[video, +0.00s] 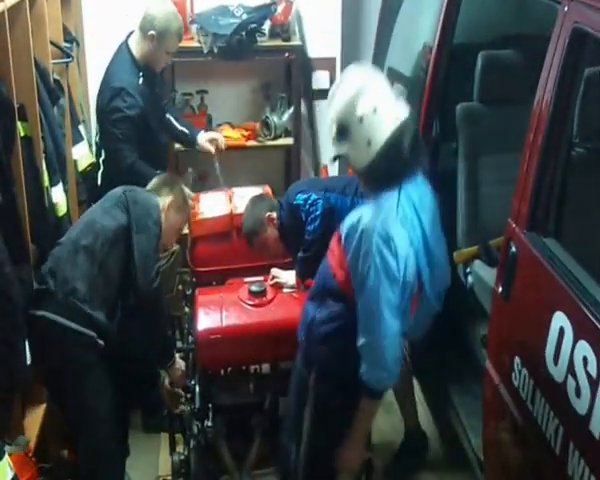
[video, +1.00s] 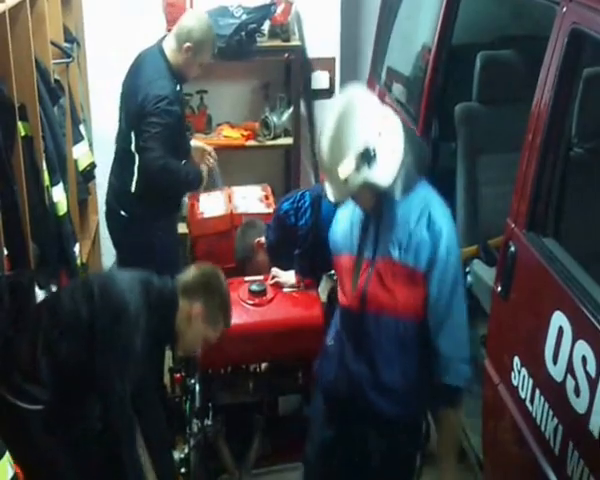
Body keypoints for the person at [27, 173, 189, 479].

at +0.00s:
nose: (173, 243)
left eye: (180, 234)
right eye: (178, 230)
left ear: (162, 204)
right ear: (167, 206)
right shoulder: (142, 201)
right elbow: (147, 286)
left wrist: (166, 361)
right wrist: (169, 359)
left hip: (48, 319)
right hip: (72, 327)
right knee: (104, 435)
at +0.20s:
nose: (181, 231)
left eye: (187, 222)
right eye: (184, 216)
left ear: (166, 185)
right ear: (168, 187)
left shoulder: (126, 196)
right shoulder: (134, 204)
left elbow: (135, 302)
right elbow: (136, 301)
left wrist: (158, 365)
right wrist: (157, 368)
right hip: (63, 344)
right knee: (87, 454)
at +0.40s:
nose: (186, 239)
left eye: (193, 231)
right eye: (190, 226)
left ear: (171, 195)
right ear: (173, 197)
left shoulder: (141, 216)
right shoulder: (125, 217)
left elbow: (143, 312)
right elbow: (117, 311)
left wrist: (150, 379)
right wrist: (142, 383)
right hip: (55, 356)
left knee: (111, 454)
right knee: (81, 461)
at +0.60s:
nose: (192, 267)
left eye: (198, 258)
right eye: (196, 255)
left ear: (184, 225)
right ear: (184, 227)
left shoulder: (154, 248)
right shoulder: (123, 240)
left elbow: (144, 345)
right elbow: (110, 343)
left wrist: (150, 424)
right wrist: (125, 433)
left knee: (109, 463)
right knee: (76, 467)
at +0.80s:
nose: (196, 317)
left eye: (205, 307)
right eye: (204, 302)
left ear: (190, 274)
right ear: (192, 275)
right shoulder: (126, 271)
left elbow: (148, 382)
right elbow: (118, 373)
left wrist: (165, 463)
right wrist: (140, 464)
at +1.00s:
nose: (199, 350)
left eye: (207, 344)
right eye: (205, 340)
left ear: (193, 310)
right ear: (194, 312)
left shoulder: (154, 306)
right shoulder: (130, 311)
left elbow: (149, 404)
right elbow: (120, 412)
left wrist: (169, 472)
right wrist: (135, 473)